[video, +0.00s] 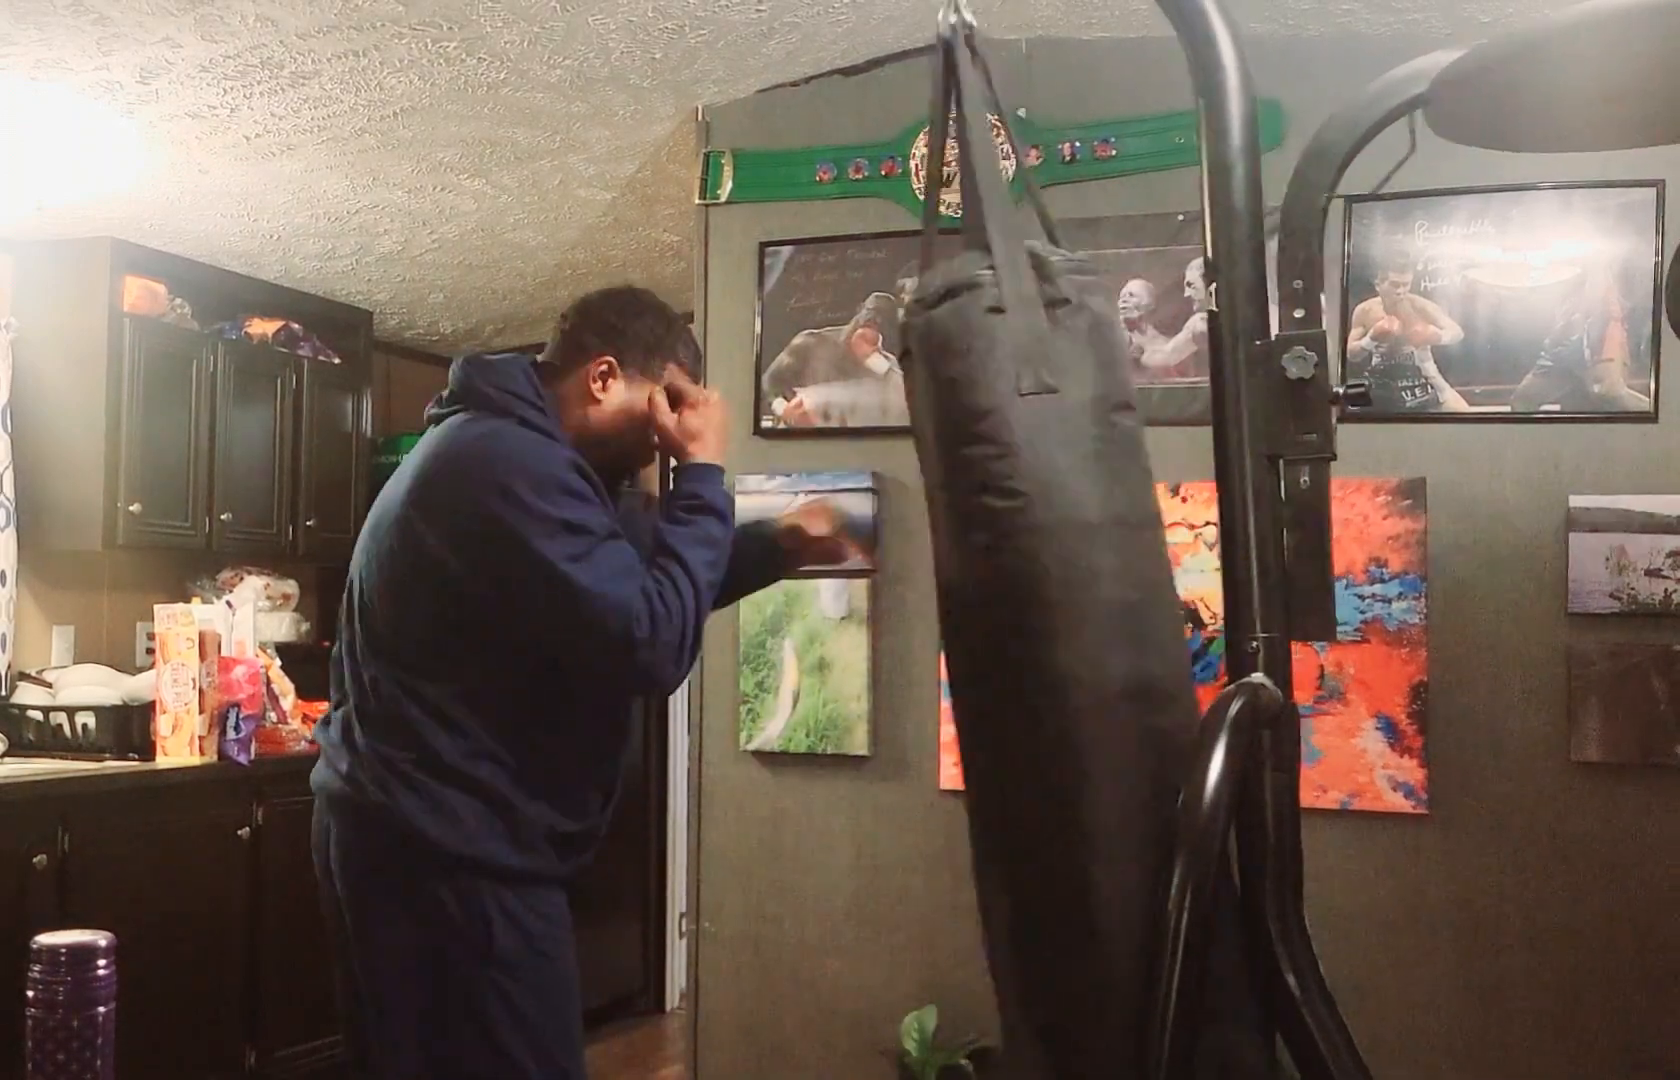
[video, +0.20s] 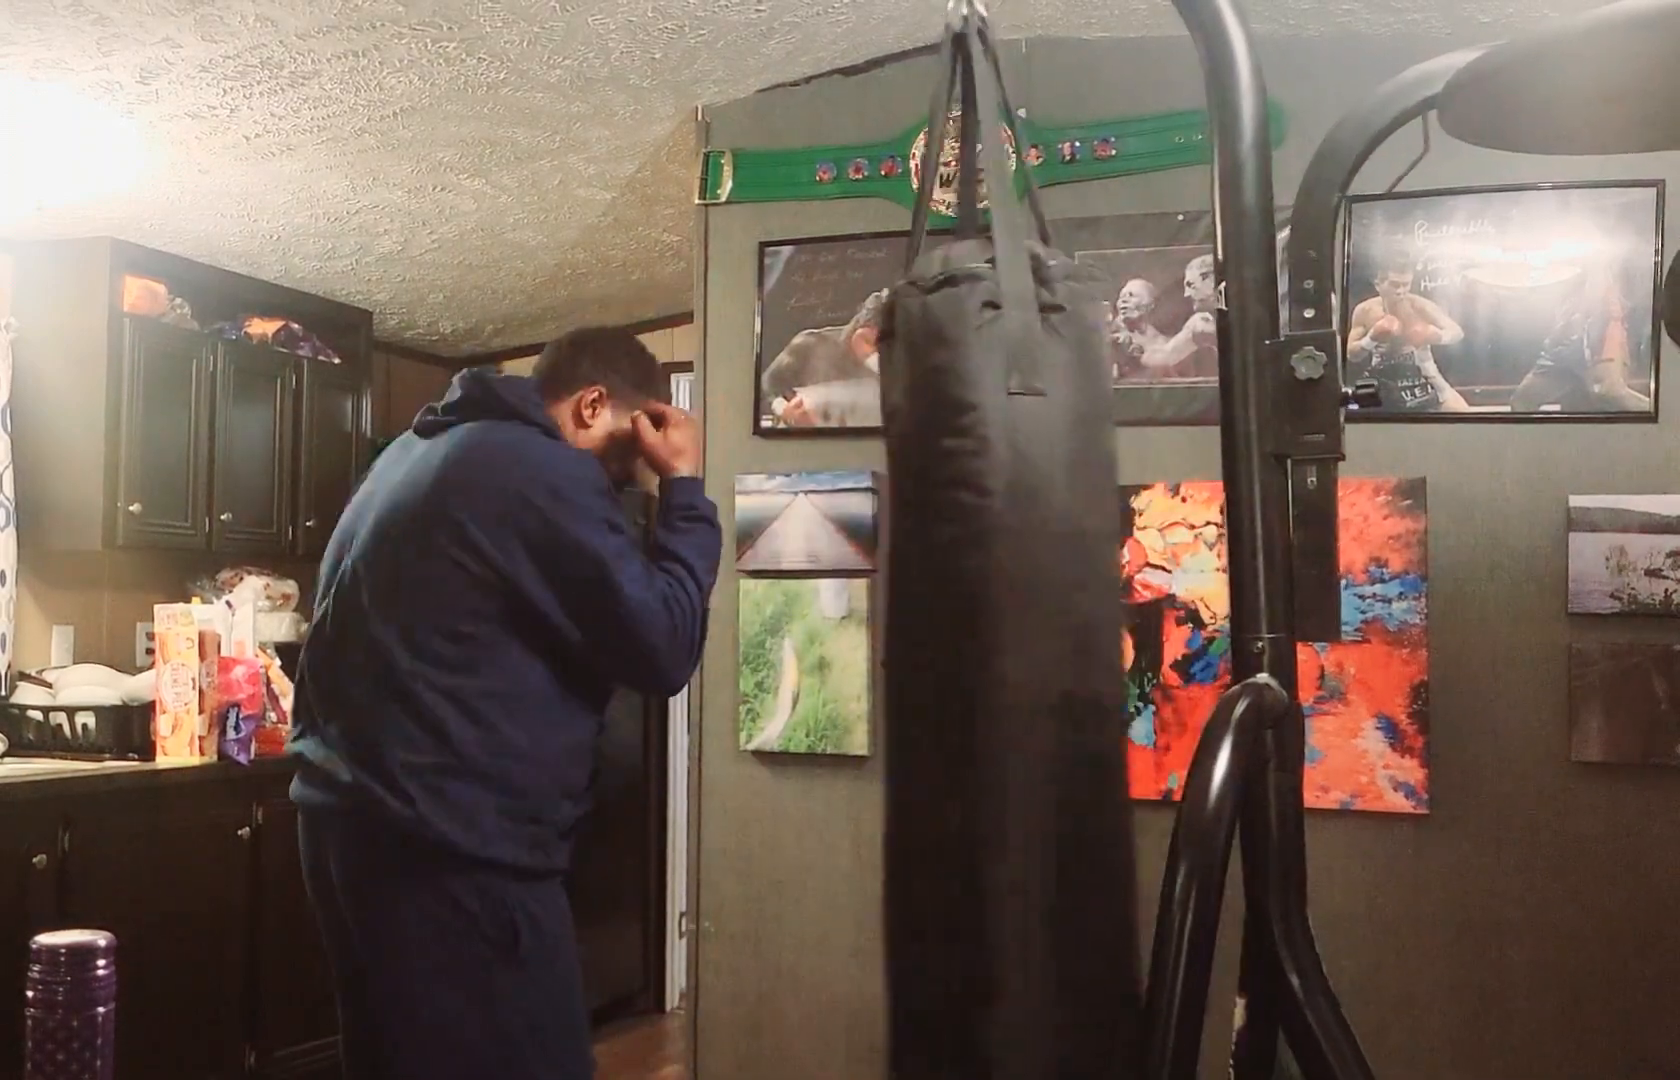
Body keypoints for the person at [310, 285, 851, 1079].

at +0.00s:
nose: (668, 438)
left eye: (679, 414)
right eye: (666, 407)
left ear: (593, 379)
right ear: (604, 379)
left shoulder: (497, 447)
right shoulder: (511, 465)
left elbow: (637, 583)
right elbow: (653, 643)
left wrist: (777, 545)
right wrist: (700, 469)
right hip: (457, 858)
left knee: (447, 1063)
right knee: (521, 1063)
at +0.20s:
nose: (618, 479)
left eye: (625, 469)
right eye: (623, 457)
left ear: (569, 403)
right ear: (590, 408)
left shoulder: (416, 449)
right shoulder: (538, 472)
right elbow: (663, 648)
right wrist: (685, 485)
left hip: (353, 826)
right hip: (462, 850)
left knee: (398, 1059)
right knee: (532, 1063)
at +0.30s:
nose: (610, 477)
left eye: (621, 463)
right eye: (614, 459)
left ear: (530, 409)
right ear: (578, 426)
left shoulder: (389, 462)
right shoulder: (550, 483)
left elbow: (323, 631)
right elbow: (663, 655)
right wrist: (675, 494)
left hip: (335, 840)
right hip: (470, 854)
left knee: (388, 1061)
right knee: (556, 1064)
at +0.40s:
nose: (619, 511)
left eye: (624, 496)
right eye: (619, 492)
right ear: (586, 457)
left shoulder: (388, 486)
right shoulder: (559, 495)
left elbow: (327, 645)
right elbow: (667, 670)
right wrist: (676, 518)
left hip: (330, 842)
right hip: (473, 854)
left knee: (379, 1062)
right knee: (583, 1064)